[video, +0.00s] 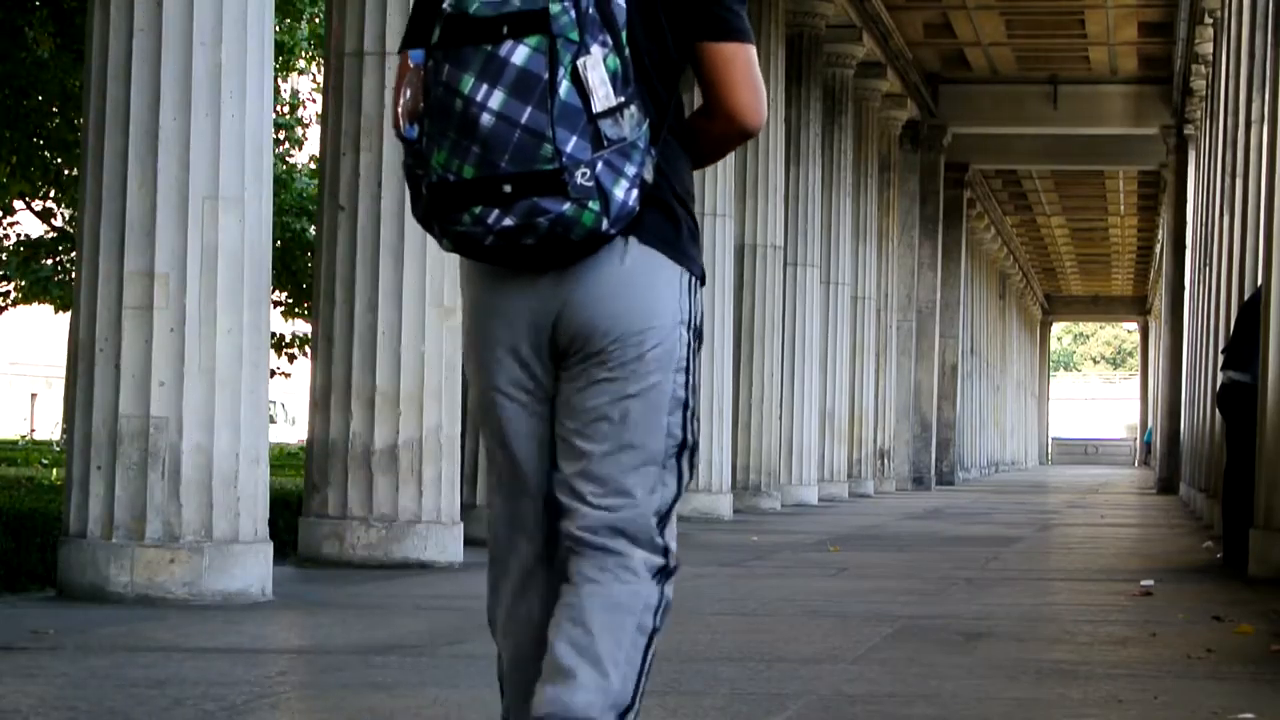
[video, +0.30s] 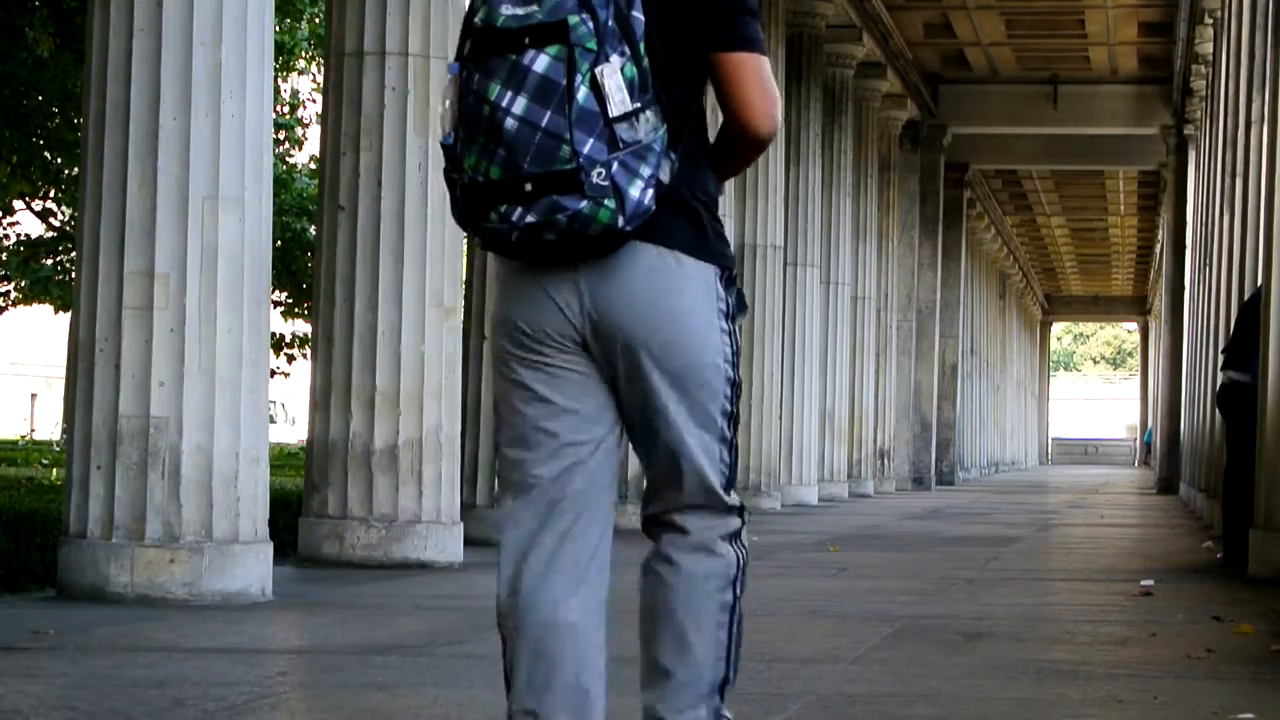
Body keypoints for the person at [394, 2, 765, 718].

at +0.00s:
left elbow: (411, 104)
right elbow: (741, 108)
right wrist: (663, 155)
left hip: (498, 266)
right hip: (630, 261)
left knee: (518, 539)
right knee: (614, 541)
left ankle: (526, 705)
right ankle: (573, 706)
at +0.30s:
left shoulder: (511, 1)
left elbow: (463, 115)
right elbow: (758, 118)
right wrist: (701, 173)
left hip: (530, 263)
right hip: (659, 259)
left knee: (550, 521)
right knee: (694, 514)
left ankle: (548, 708)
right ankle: (684, 707)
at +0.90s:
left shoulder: (629, 10)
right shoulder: (801, 18)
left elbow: (568, 149)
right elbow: (857, 165)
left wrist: (651, 191)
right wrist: (781, 192)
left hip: (640, 290)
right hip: (756, 288)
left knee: (652, 506)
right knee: (739, 509)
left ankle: (653, 697)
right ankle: (725, 707)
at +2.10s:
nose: (834, 33)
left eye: (820, 24)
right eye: (834, 25)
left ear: (764, 29)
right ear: (833, 29)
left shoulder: (715, 100)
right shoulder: (861, 111)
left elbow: (672, 212)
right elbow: (895, 227)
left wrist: (732, 245)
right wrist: (827, 246)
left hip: (727, 324)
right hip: (822, 327)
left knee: (728, 493)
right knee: (804, 500)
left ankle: (726, 656)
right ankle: (791, 677)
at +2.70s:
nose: (834, 80)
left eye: (823, 70)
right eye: (834, 71)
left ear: (767, 72)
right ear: (825, 72)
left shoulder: (722, 139)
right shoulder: (847, 141)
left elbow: (688, 247)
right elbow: (888, 231)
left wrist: (711, 319)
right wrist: (927, 324)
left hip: (741, 338)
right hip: (824, 334)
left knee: (747, 492)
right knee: (838, 489)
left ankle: (751, 651)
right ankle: (842, 641)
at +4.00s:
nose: (868, 144)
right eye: (871, 137)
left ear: (818, 138)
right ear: (871, 139)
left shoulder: (785, 198)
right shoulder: (894, 200)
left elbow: (760, 285)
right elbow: (922, 282)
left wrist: (791, 328)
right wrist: (943, 356)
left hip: (802, 360)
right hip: (873, 360)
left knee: (809, 482)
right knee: (872, 482)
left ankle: (814, 609)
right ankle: (872, 605)